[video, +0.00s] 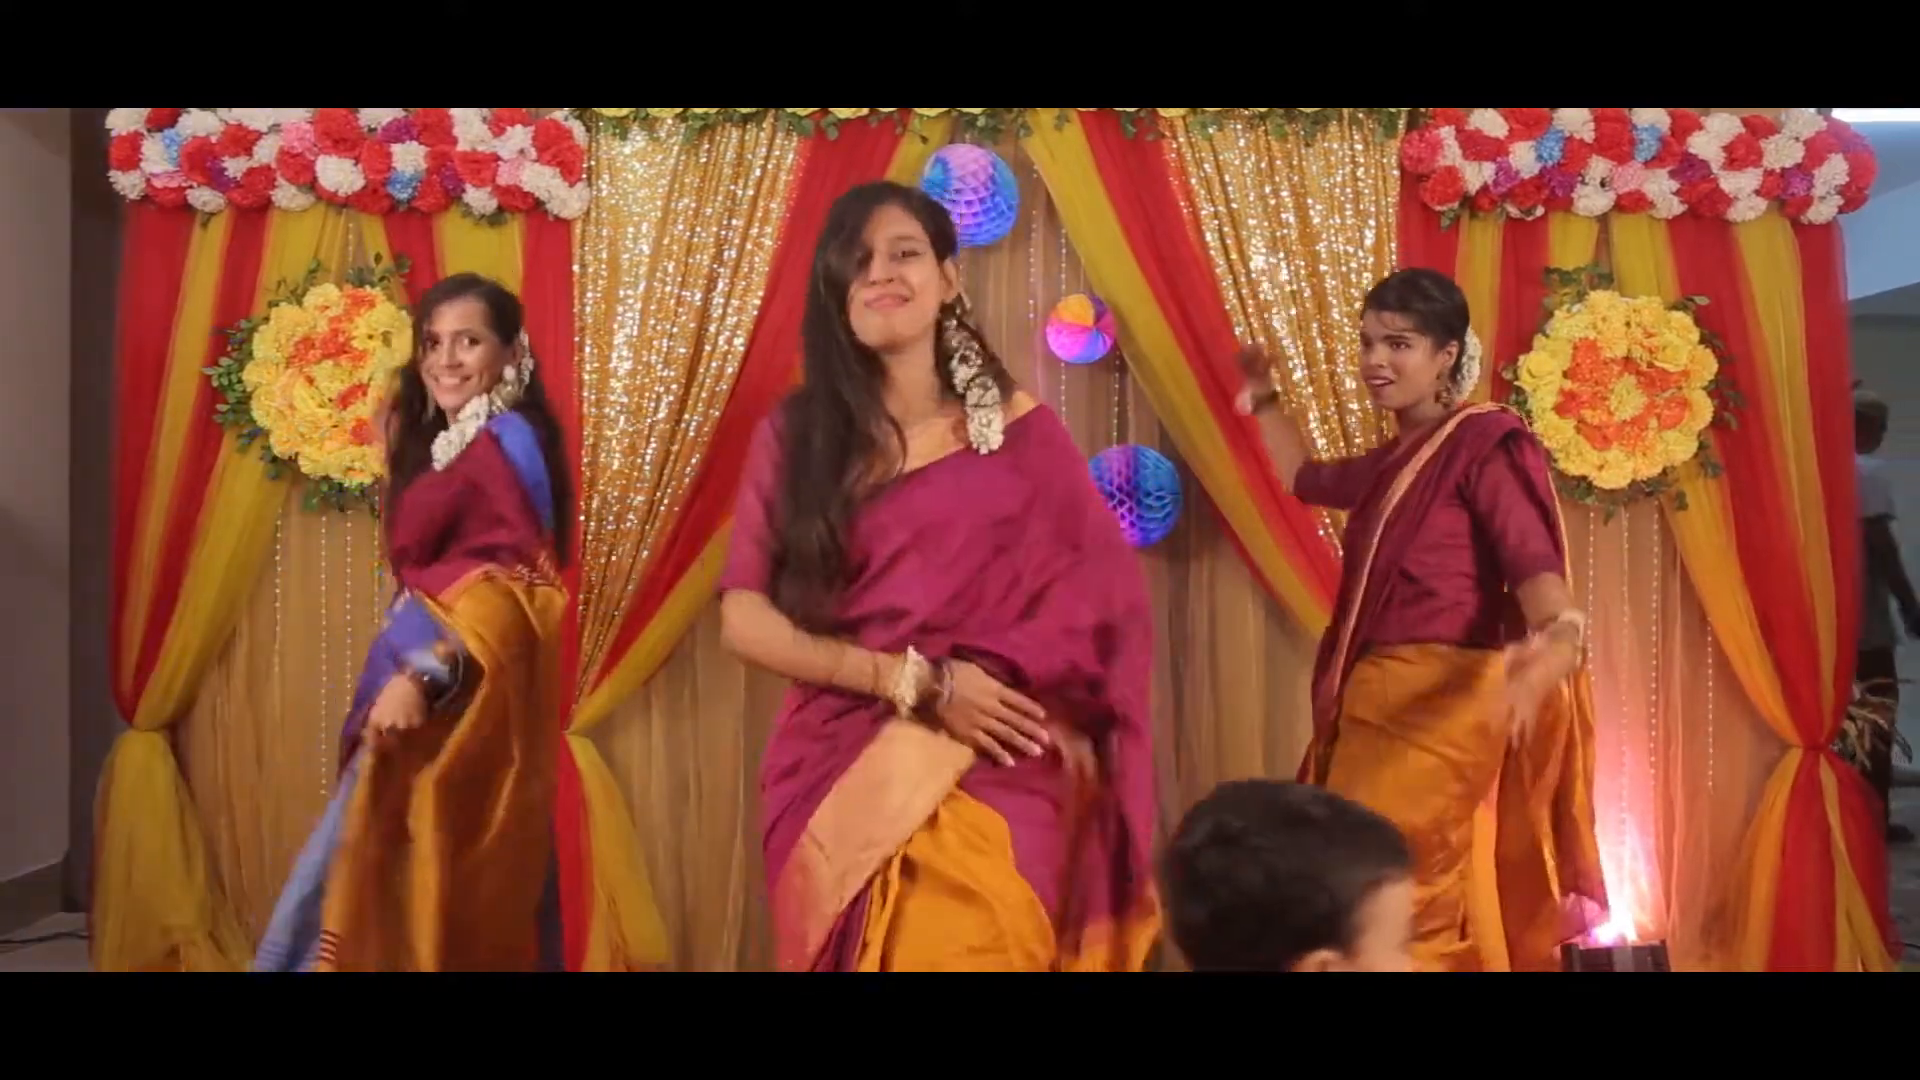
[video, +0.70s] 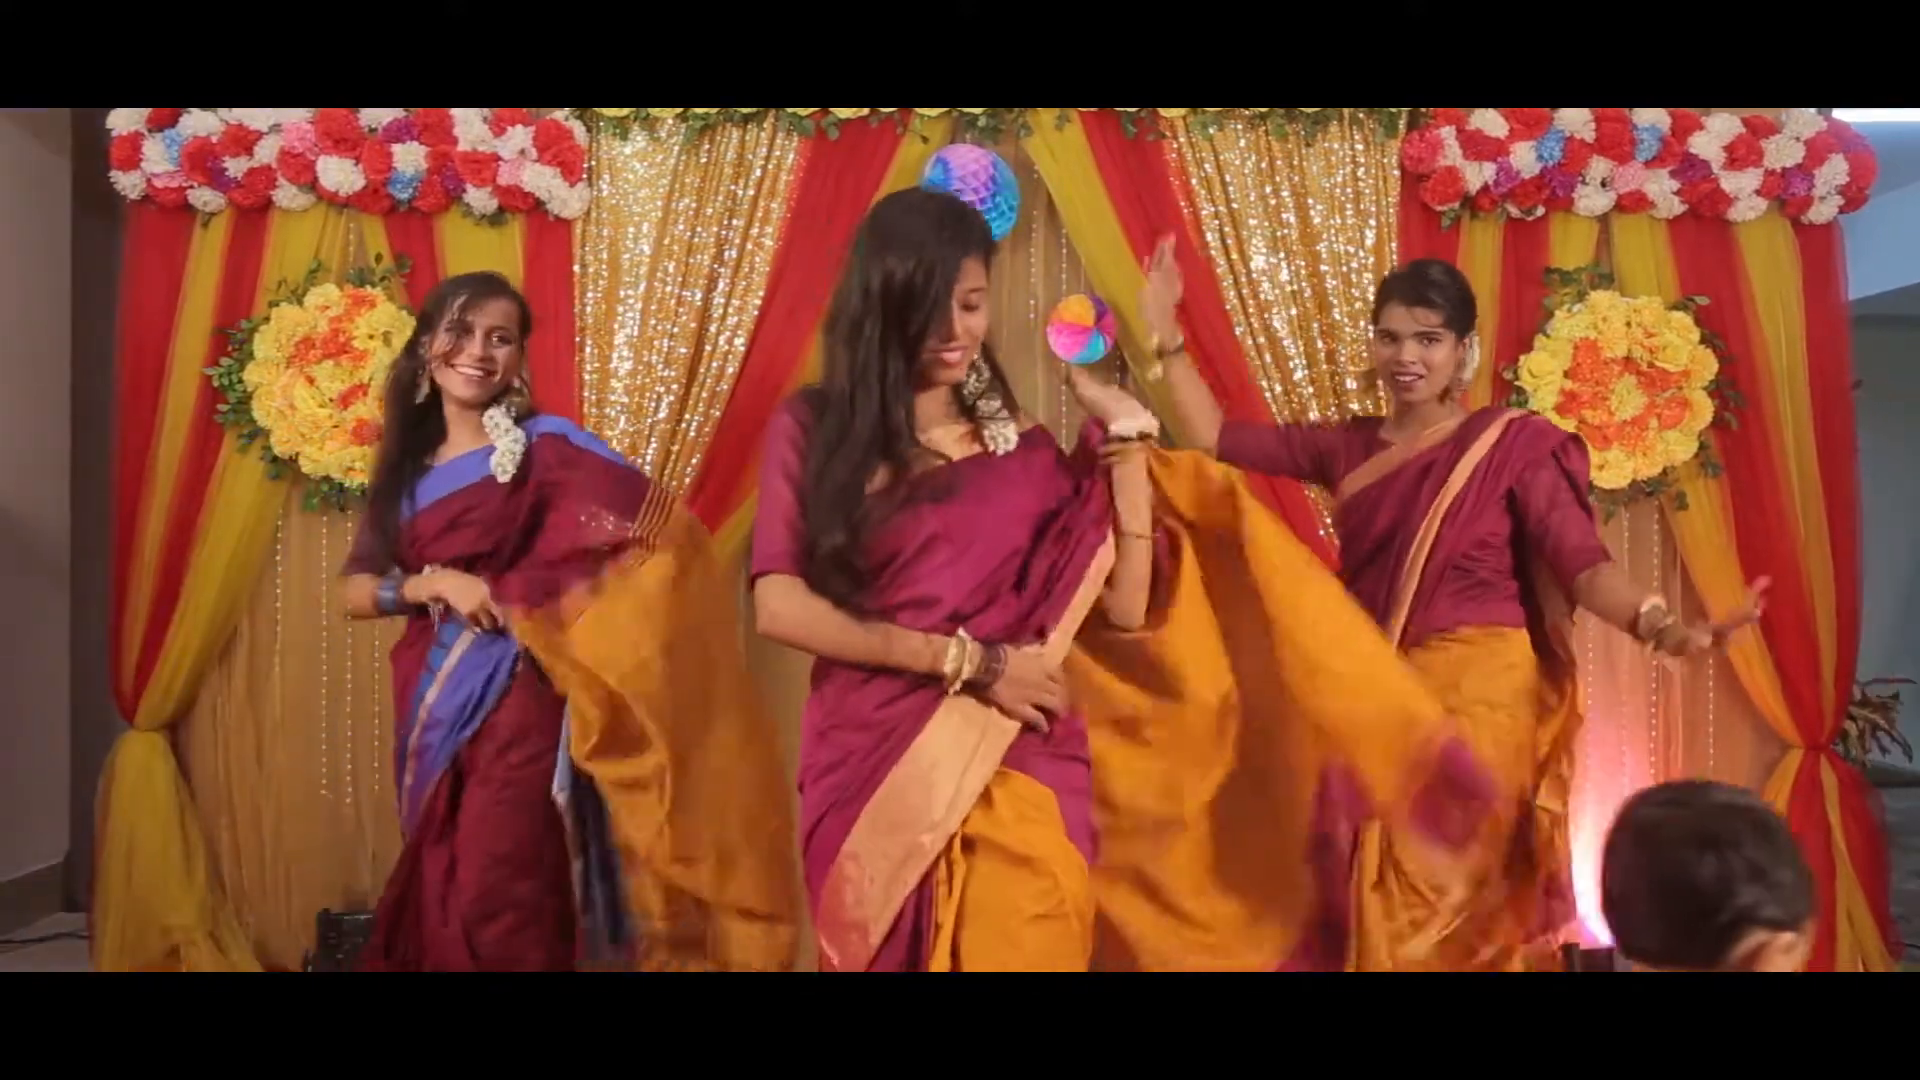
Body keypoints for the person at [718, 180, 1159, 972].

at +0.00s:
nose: (883, 272)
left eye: (907, 252)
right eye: (859, 259)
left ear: (951, 280)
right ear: (836, 295)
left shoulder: (1019, 423)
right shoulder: (796, 433)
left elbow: (1109, 590)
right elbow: (745, 620)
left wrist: (976, 680)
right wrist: (911, 680)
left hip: (1002, 763)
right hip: (842, 762)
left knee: (969, 939)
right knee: (860, 947)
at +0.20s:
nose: (899, 286)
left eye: (921, 265)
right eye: (876, 267)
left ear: (953, 288)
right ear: (838, 291)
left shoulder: (1010, 423)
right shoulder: (794, 436)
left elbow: (1074, 621)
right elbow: (759, 623)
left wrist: (1162, 773)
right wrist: (941, 673)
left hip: (997, 755)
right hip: (844, 755)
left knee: (977, 938)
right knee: (848, 949)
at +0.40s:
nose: (928, 300)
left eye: (947, 278)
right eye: (904, 279)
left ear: (971, 290)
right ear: (860, 290)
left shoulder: (1009, 429)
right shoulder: (800, 424)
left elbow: (1058, 633)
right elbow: (758, 608)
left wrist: (1186, 654)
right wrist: (940, 666)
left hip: (1007, 753)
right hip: (857, 759)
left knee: (1006, 946)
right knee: (869, 957)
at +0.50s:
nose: (937, 326)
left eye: (953, 302)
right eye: (913, 306)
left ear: (975, 305)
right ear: (867, 313)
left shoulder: (1016, 442)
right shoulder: (808, 449)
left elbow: (1061, 607)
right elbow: (775, 636)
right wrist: (966, 688)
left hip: (1001, 783)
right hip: (855, 793)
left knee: (1006, 953)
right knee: (863, 960)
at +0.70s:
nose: (956, 329)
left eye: (972, 303)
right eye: (930, 305)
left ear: (990, 303)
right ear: (883, 306)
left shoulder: (1018, 434)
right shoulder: (810, 427)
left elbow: (1126, 605)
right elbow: (779, 607)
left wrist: (1128, 431)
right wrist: (974, 662)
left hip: (1022, 758)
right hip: (873, 765)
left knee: (1023, 944)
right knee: (880, 953)